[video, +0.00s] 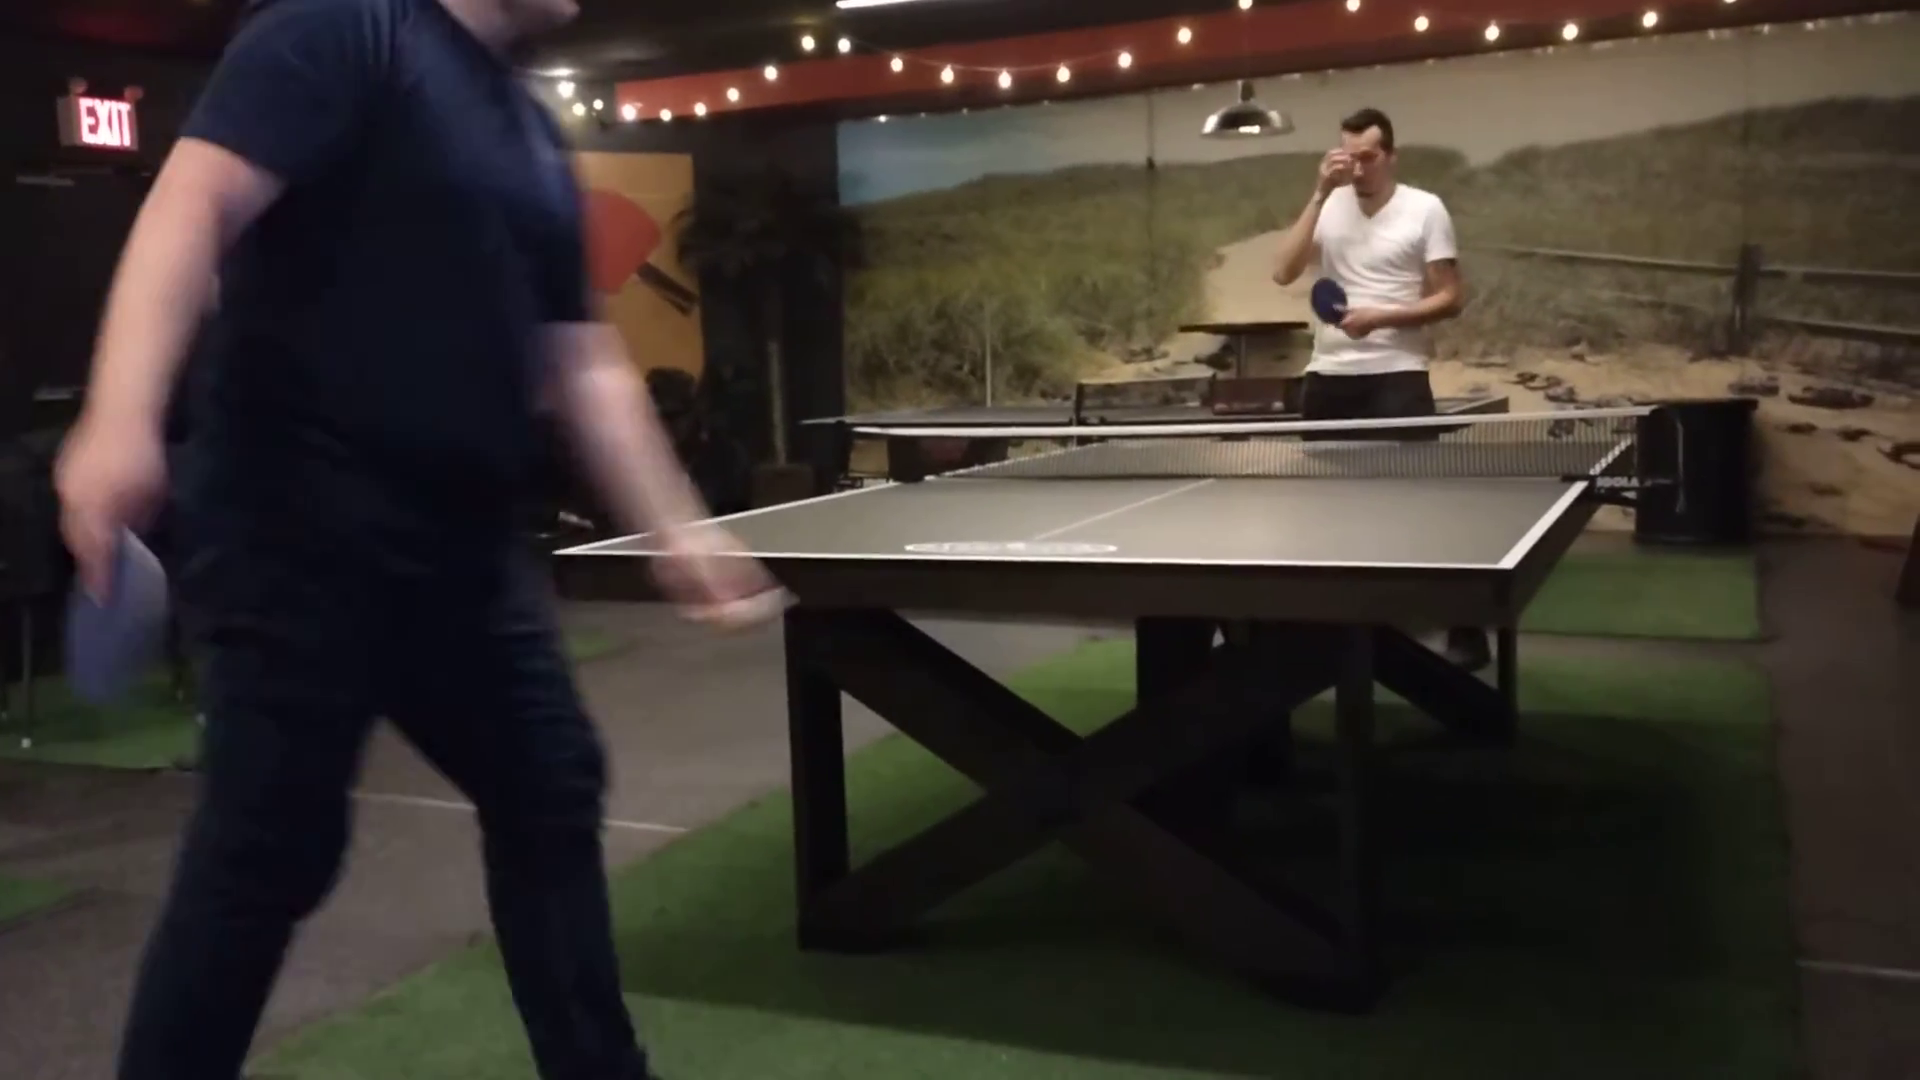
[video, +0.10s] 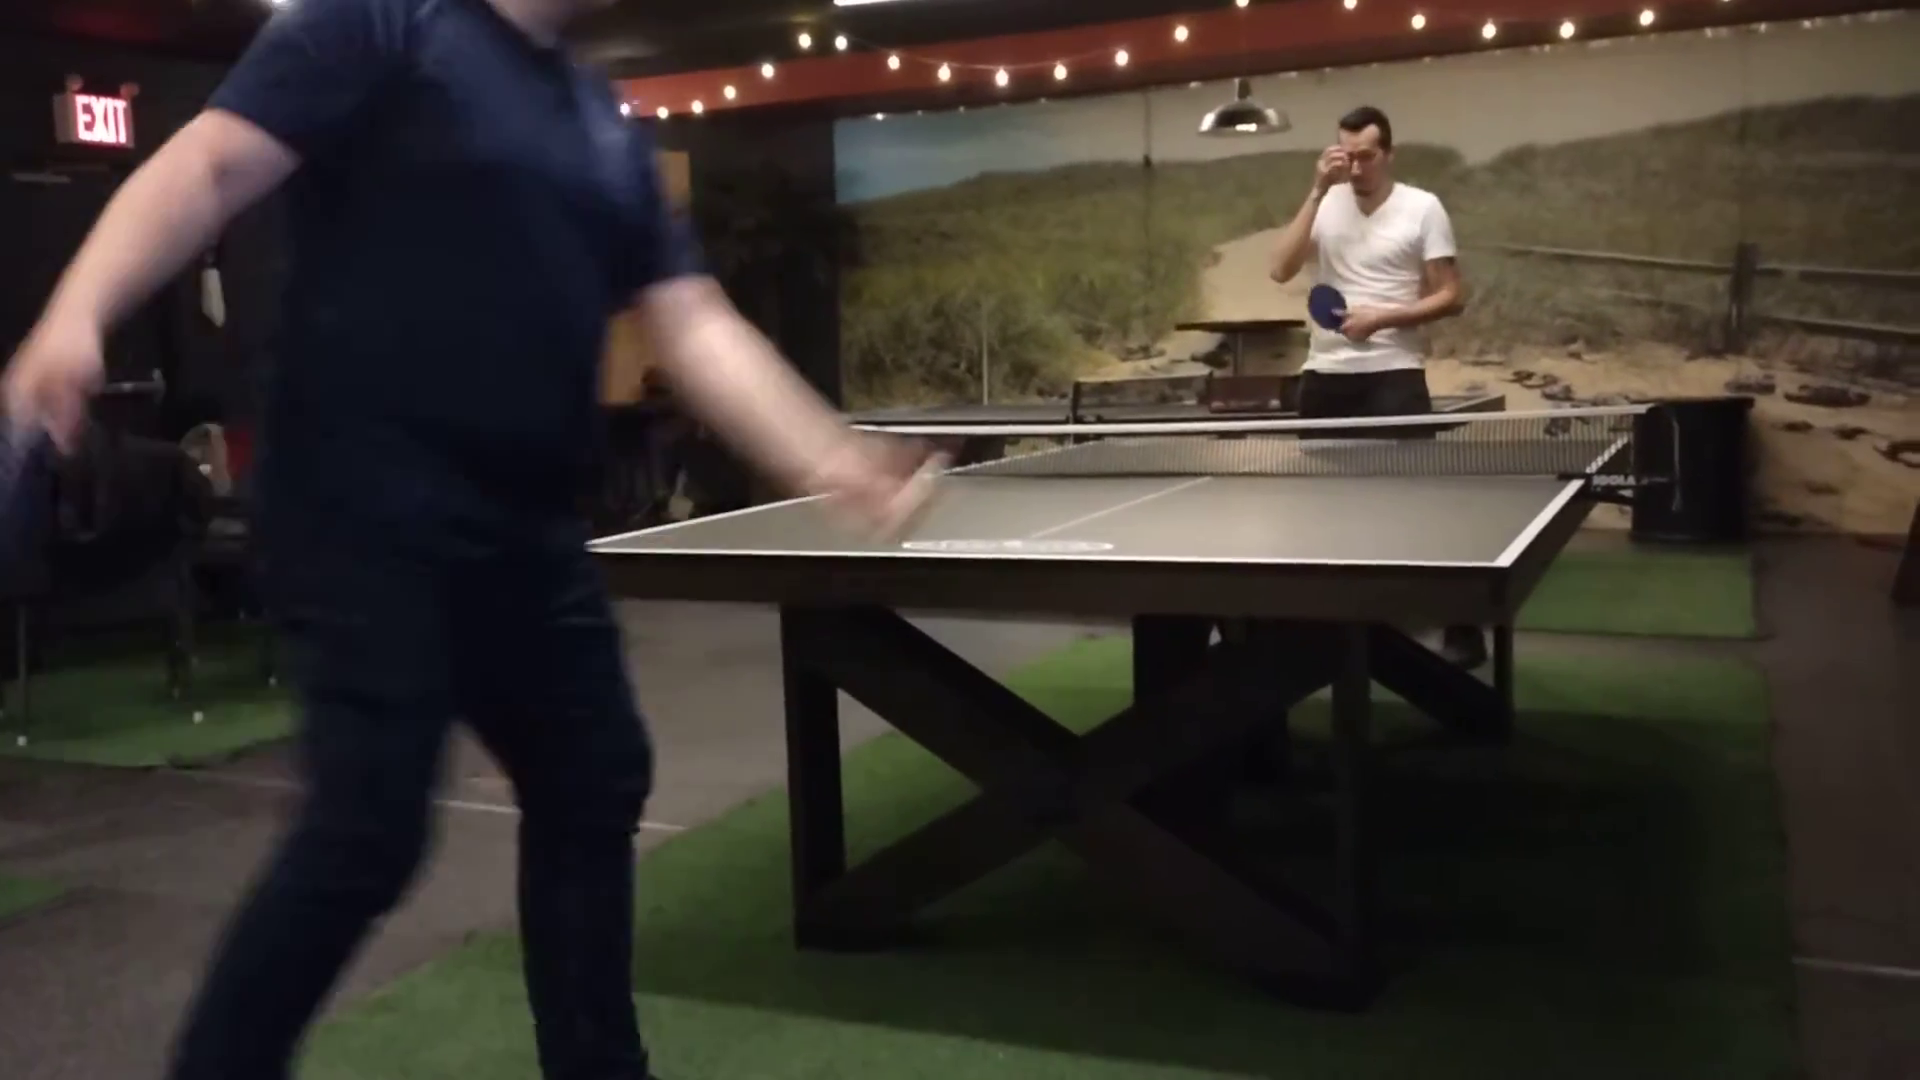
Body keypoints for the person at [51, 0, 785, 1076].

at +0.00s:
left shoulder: (525, 125)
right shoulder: (339, 32)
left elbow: (584, 356)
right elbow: (191, 201)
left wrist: (677, 527)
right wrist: (119, 420)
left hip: (454, 556)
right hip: (289, 541)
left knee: (547, 787)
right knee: (263, 848)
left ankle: (596, 1066)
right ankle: (172, 1066)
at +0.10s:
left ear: (588, 9)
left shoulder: (603, 132)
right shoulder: (379, 26)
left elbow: (693, 321)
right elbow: (211, 163)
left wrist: (833, 457)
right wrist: (75, 311)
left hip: (517, 537)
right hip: (353, 517)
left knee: (590, 782)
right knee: (365, 827)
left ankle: (595, 1063)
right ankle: (218, 1062)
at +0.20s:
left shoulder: (660, 93)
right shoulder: (411, 21)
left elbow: (771, 271)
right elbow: (232, 135)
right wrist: (50, 257)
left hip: (577, 500)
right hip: (416, 480)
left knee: (610, 786)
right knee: (464, 800)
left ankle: (594, 1064)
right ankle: (262, 1067)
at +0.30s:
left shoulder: (702, 82)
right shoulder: (452, 30)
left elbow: (837, 211)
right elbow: (250, 122)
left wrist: (988, 129)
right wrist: (47, 215)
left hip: (617, 498)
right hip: (464, 479)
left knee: (622, 800)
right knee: (552, 794)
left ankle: (592, 1064)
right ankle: (344, 1060)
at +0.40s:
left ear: (691, 1)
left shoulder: (725, 140)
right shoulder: (491, 78)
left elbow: (859, 264)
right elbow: (292, 167)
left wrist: (1012, 199)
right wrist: (65, 236)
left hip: (651, 549)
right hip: (507, 535)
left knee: (616, 849)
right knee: (613, 842)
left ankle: (553, 1063)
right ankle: (495, 1059)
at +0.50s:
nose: (737, 15)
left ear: (669, 25)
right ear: (613, 9)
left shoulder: (736, 200)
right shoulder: (520, 119)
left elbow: (852, 338)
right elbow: (335, 187)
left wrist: (998, 341)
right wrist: (113, 222)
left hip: (659, 600)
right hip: (530, 584)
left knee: (608, 898)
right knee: (650, 897)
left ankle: (565, 1068)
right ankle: (566, 1076)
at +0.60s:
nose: (748, 41)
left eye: (742, 21)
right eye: (713, 17)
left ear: (667, 56)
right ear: (626, 50)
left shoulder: (729, 249)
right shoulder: (555, 156)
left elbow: (816, 410)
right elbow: (395, 206)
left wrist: (956, 498)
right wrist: (205, 216)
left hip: (661, 643)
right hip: (556, 633)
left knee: (602, 947)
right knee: (666, 952)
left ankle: (552, 1078)